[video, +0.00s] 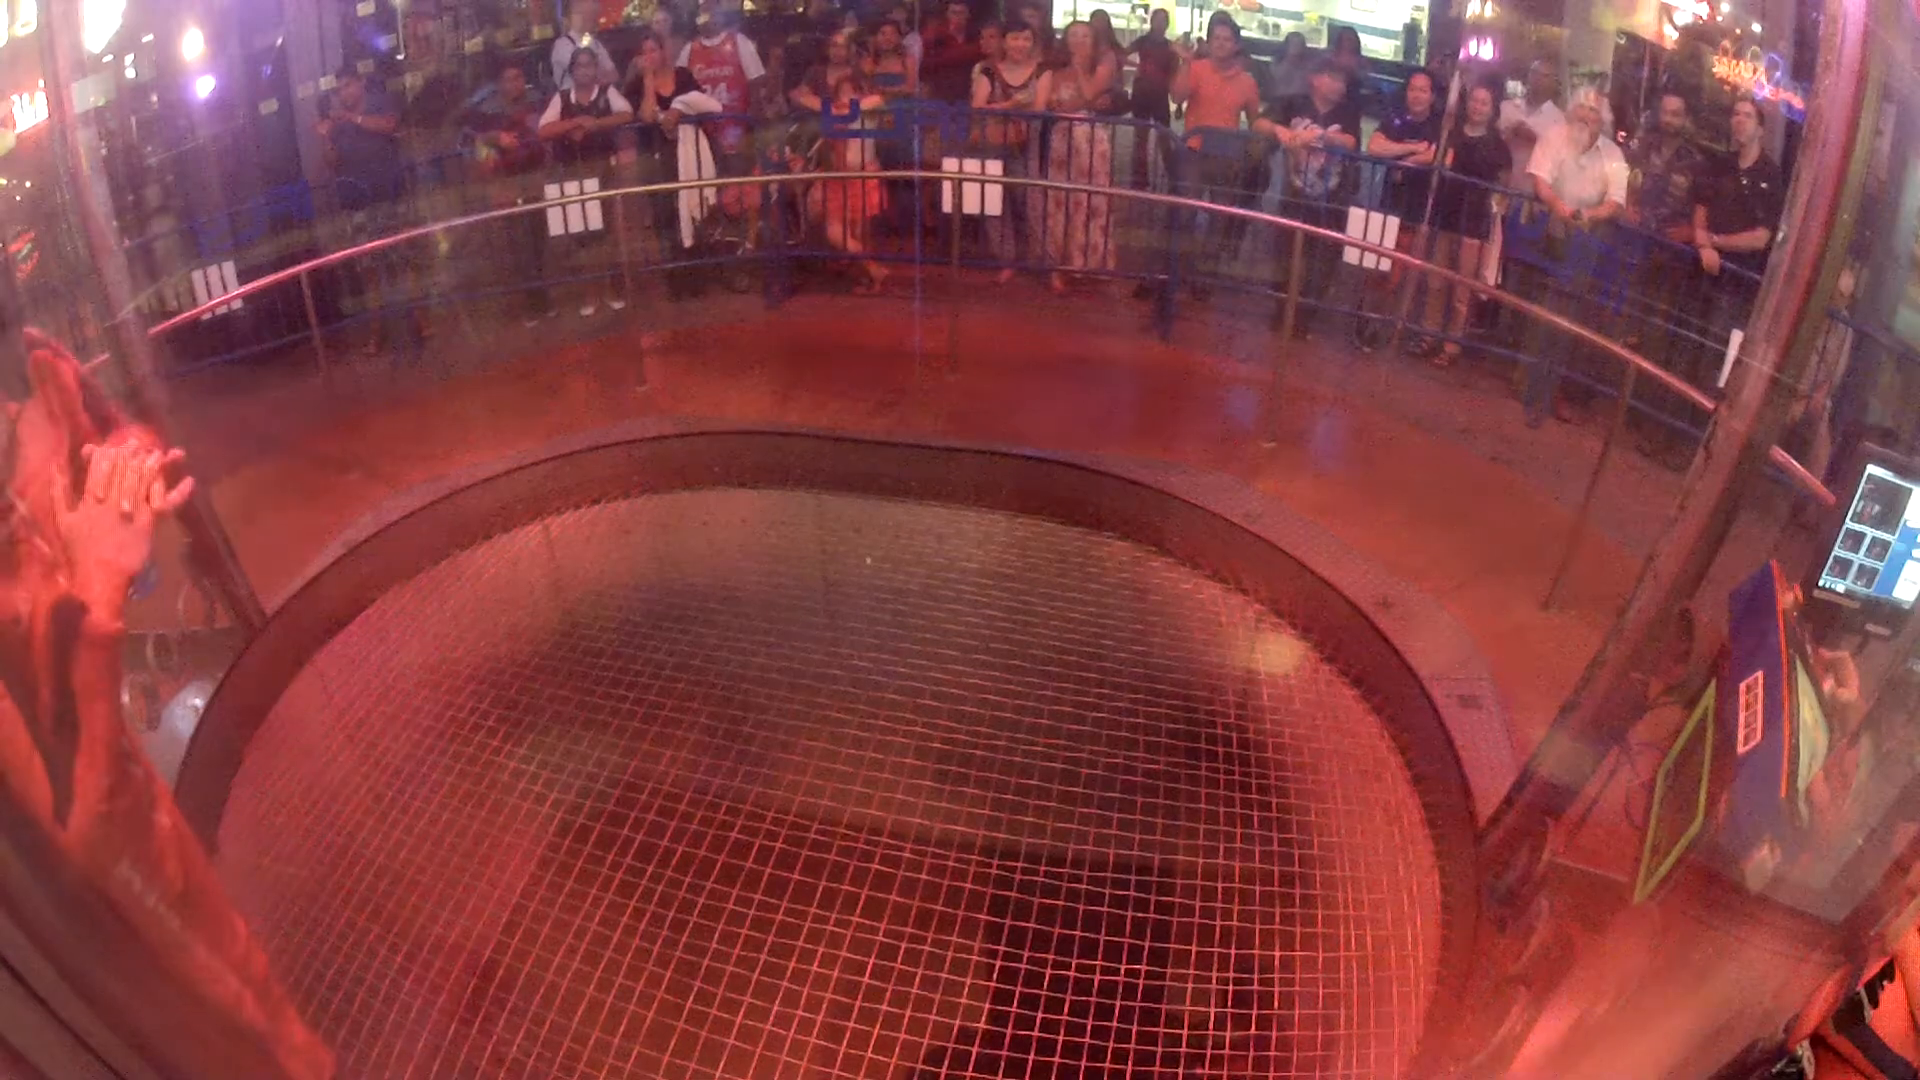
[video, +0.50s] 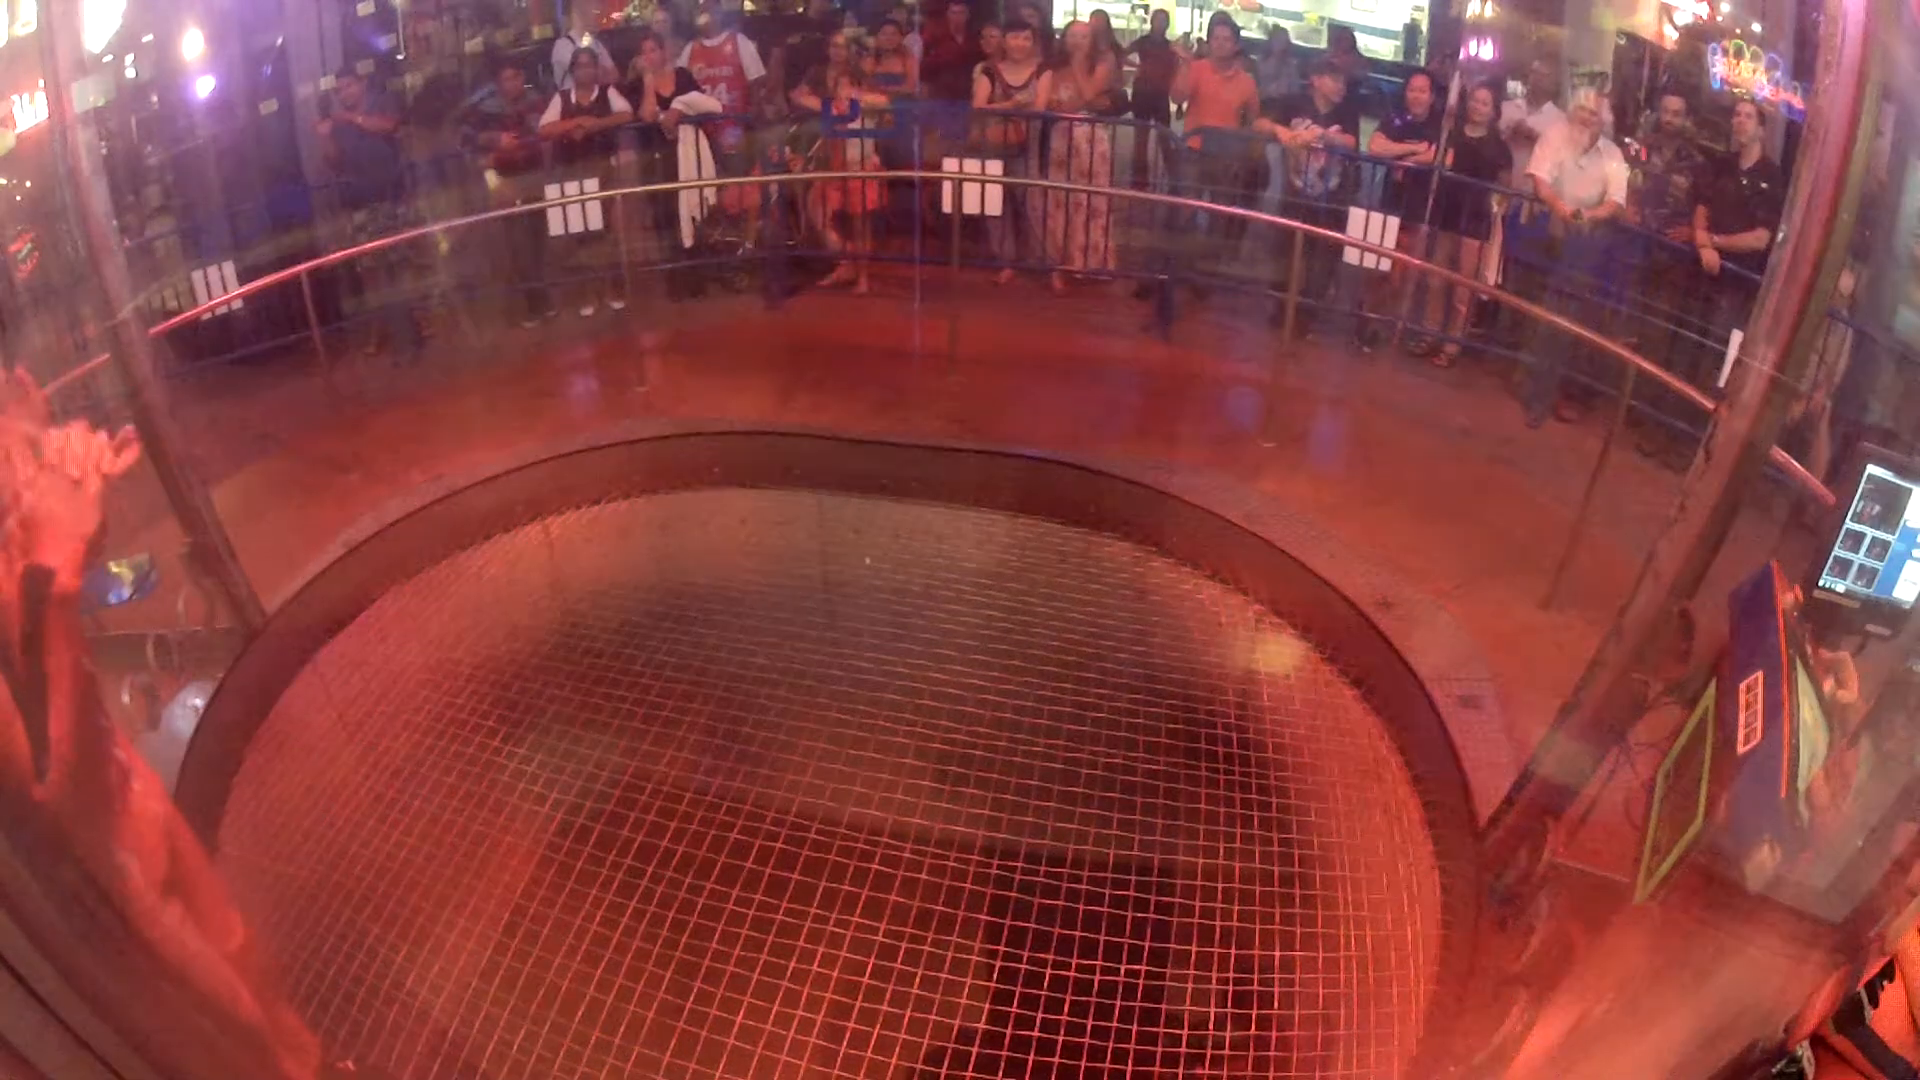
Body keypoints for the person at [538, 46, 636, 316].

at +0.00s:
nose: (583, 70)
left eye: (588, 65)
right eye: (578, 66)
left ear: (597, 68)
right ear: (571, 70)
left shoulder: (607, 92)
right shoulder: (562, 97)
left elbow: (626, 114)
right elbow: (544, 130)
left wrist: (592, 124)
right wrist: (576, 122)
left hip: (604, 169)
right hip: (572, 173)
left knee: (607, 233)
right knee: (581, 237)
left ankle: (613, 290)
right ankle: (590, 294)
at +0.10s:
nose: (583, 70)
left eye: (588, 65)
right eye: (578, 66)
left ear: (597, 68)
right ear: (571, 70)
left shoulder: (607, 92)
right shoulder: (562, 97)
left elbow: (626, 114)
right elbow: (544, 130)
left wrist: (592, 124)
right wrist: (576, 122)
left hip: (604, 169)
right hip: (572, 173)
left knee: (608, 233)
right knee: (581, 238)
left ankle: (613, 291)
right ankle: (589, 295)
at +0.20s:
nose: (584, 70)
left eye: (589, 65)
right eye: (578, 66)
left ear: (597, 68)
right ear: (571, 70)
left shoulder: (607, 91)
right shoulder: (562, 97)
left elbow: (626, 114)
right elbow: (544, 130)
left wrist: (592, 124)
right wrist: (576, 121)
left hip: (604, 168)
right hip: (572, 173)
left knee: (607, 232)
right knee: (581, 237)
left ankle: (613, 291)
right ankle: (589, 295)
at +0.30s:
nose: (584, 70)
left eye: (589, 65)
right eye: (579, 66)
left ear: (597, 69)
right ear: (571, 70)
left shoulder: (607, 92)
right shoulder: (562, 97)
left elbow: (626, 114)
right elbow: (544, 130)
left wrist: (592, 125)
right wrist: (577, 121)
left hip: (604, 168)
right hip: (572, 173)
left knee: (608, 232)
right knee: (581, 237)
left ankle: (614, 290)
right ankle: (589, 295)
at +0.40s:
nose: (584, 71)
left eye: (589, 65)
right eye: (579, 66)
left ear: (597, 69)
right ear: (571, 70)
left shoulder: (608, 92)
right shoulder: (561, 97)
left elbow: (626, 115)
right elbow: (544, 130)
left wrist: (593, 124)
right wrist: (574, 124)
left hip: (605, 170)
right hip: (571, 175)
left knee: (608, 233)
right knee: (579, 238)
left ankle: (615, 291)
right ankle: (587, 295)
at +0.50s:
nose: (584, 71)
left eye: (588, 66)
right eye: (579, 66)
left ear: (597, 69)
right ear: (571, 71)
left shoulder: (608, 92)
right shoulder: (562, 97)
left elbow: (626, 115)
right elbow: (544, 129)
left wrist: (593, 124)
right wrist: (574, 124)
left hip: (605, 170)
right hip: (571, 175)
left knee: (608, 233)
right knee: (579, 238)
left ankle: (615, 291)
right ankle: (587, 295)